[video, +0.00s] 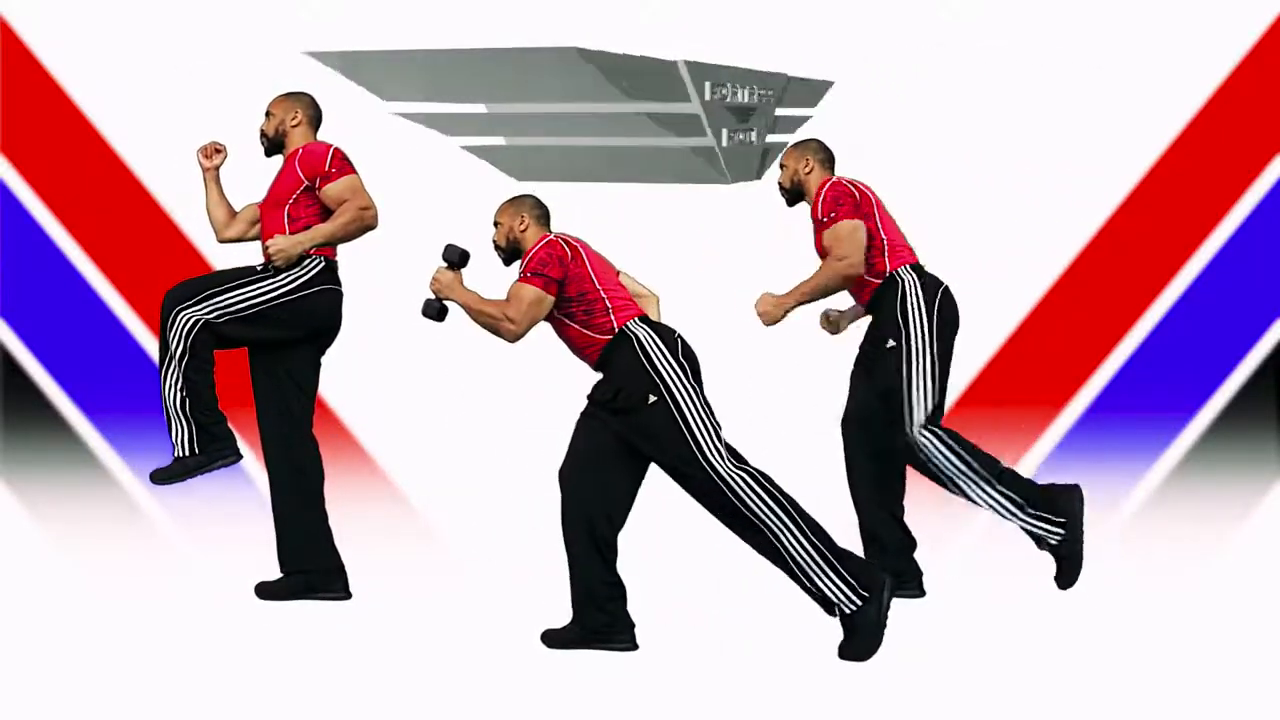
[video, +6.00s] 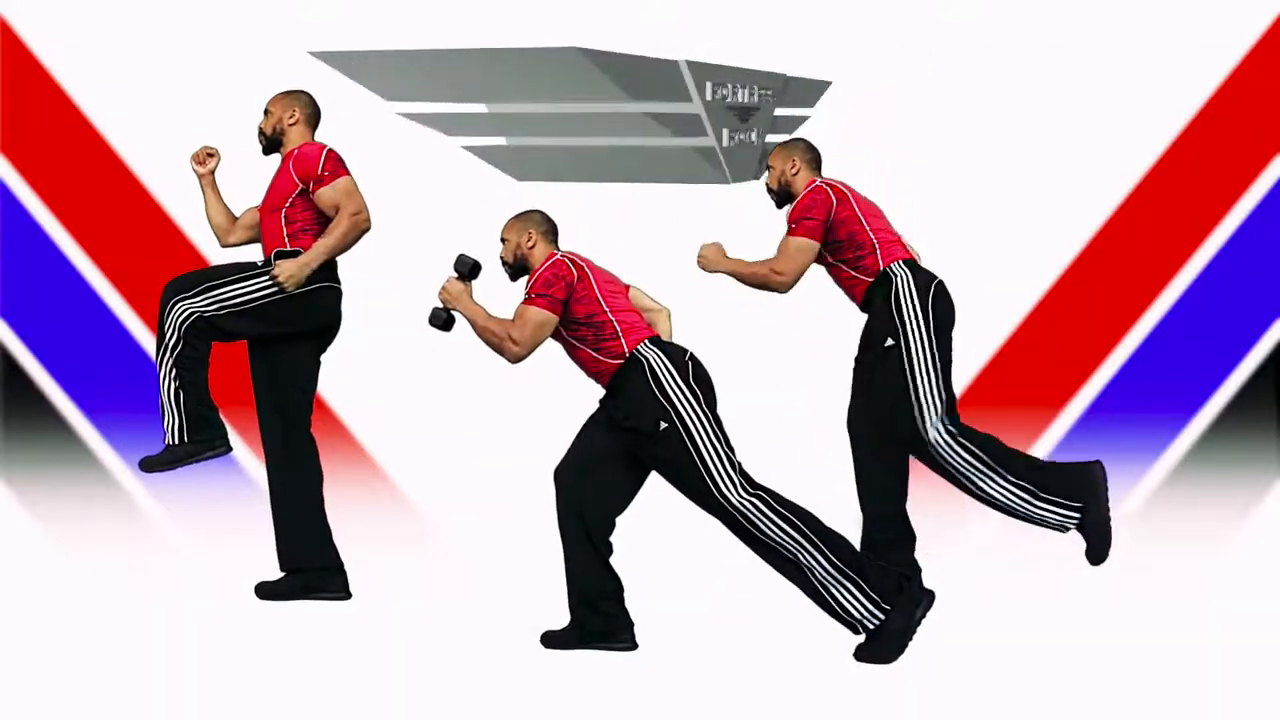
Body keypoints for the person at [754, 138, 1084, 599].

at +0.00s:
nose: (780, 178)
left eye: (784, 167)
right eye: (779, 171)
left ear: (807, 164)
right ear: (813, 165)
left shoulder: (835, 193)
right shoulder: (838, 205)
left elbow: (846, 262)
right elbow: (883, 278)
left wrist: (786, 301)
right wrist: (849, 315)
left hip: (910, 297)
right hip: (887, 317)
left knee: (915, 432)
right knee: (863, 433)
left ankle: (1051, 514)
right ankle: (892, 564)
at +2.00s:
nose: (767, 199)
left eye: (774, 190)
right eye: (768, 191)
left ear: (802, 190)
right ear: (807, 193)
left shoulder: (815, 220)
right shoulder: (843, 222)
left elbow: (771, 295)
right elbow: (919, 250)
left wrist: (721, 265)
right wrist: (938, 317)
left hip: (918, 312)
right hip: (901, 327)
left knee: (998, 431)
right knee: (858, 438)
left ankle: (1139, 533)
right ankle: (890, 568)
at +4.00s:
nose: (768, 201)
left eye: (774, 190)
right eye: (769, 193)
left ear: (802, 187)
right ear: (810, 191)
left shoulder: (817, 219)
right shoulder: (848, 220)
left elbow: (767, 290)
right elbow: (924, 249)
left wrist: (723, 256)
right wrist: (939, 315)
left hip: (920, 309)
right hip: (904, 324)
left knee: (1003, 430)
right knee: (866, 435)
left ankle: (1141, 533)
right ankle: (891, 566)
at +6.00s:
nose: (766, 180)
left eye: (770, 169)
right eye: (765, 173)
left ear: (795, 164)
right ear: (806, 168)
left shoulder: (817, 196)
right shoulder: (837, 201)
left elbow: (781, 275)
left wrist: (724, 264)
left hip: (906, 294)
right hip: (885, 311)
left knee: (932, 432)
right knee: (872, 437)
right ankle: (891, 575)